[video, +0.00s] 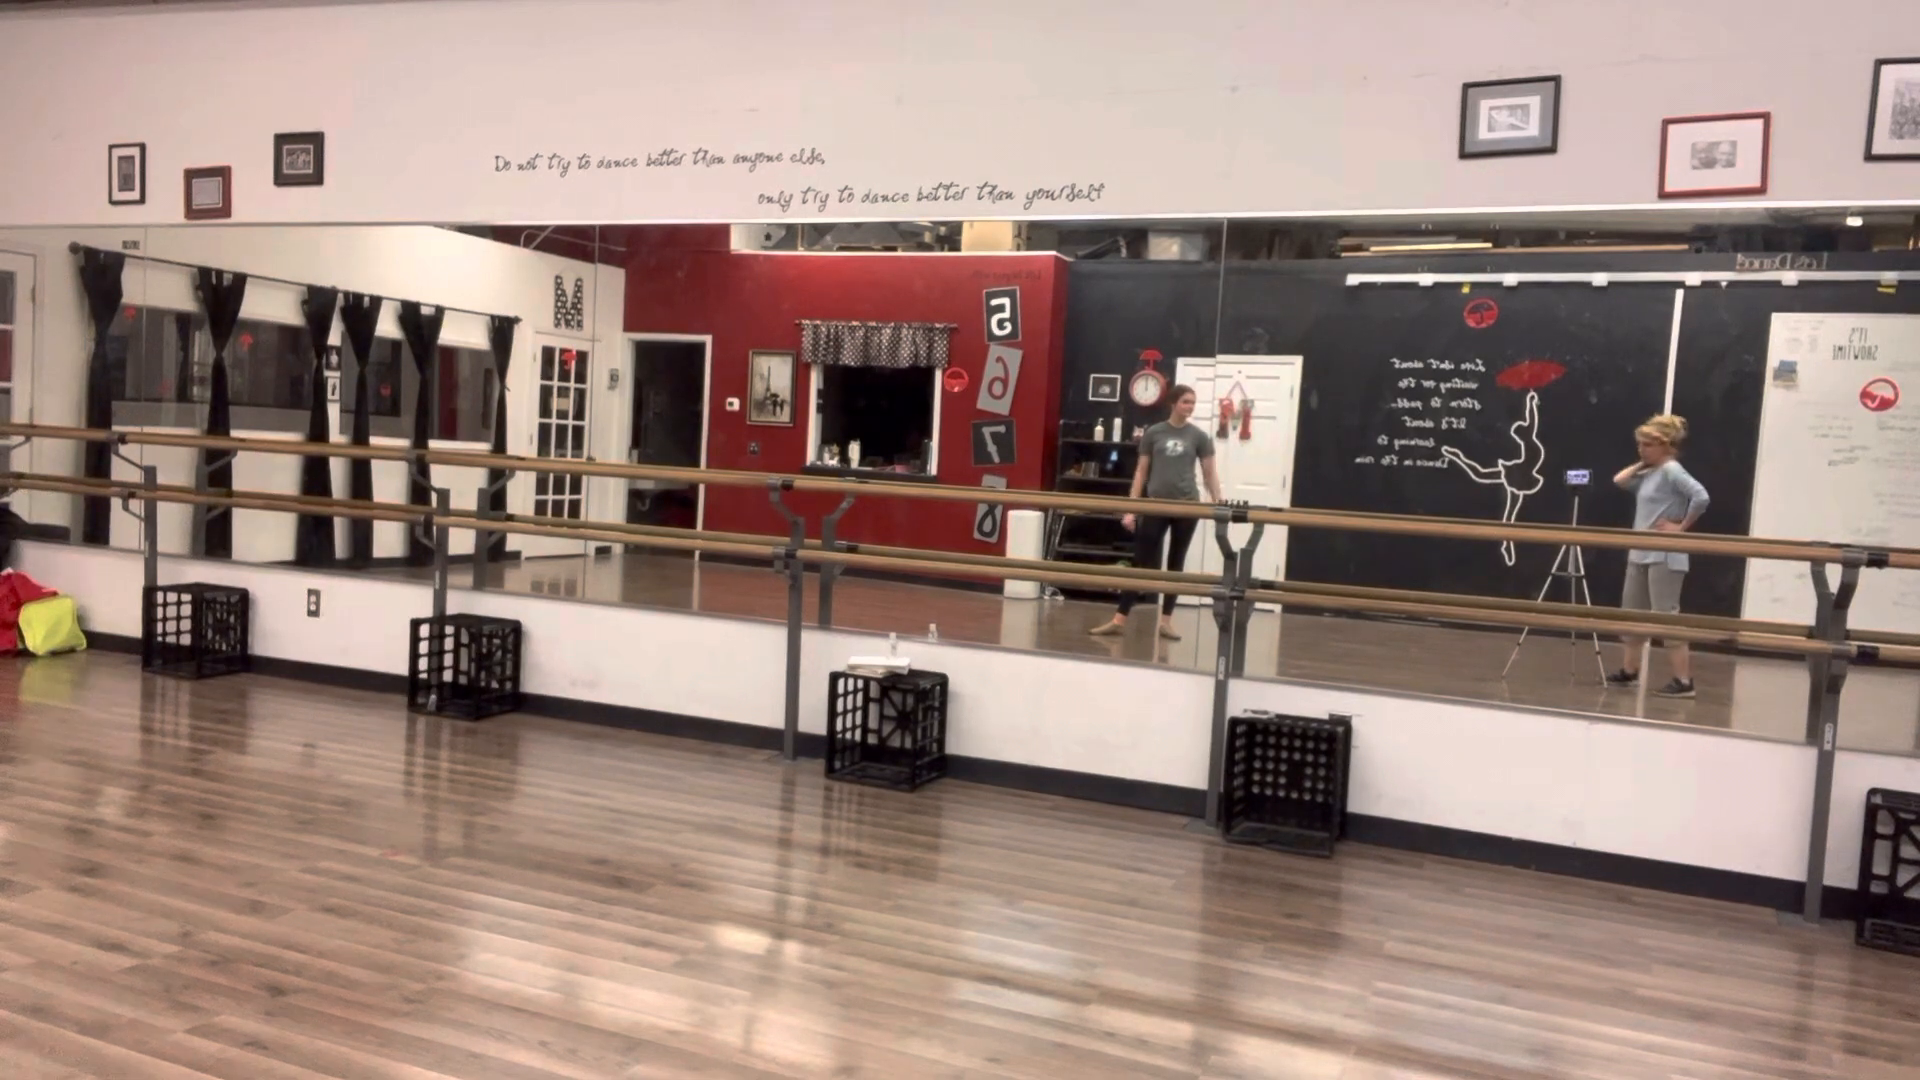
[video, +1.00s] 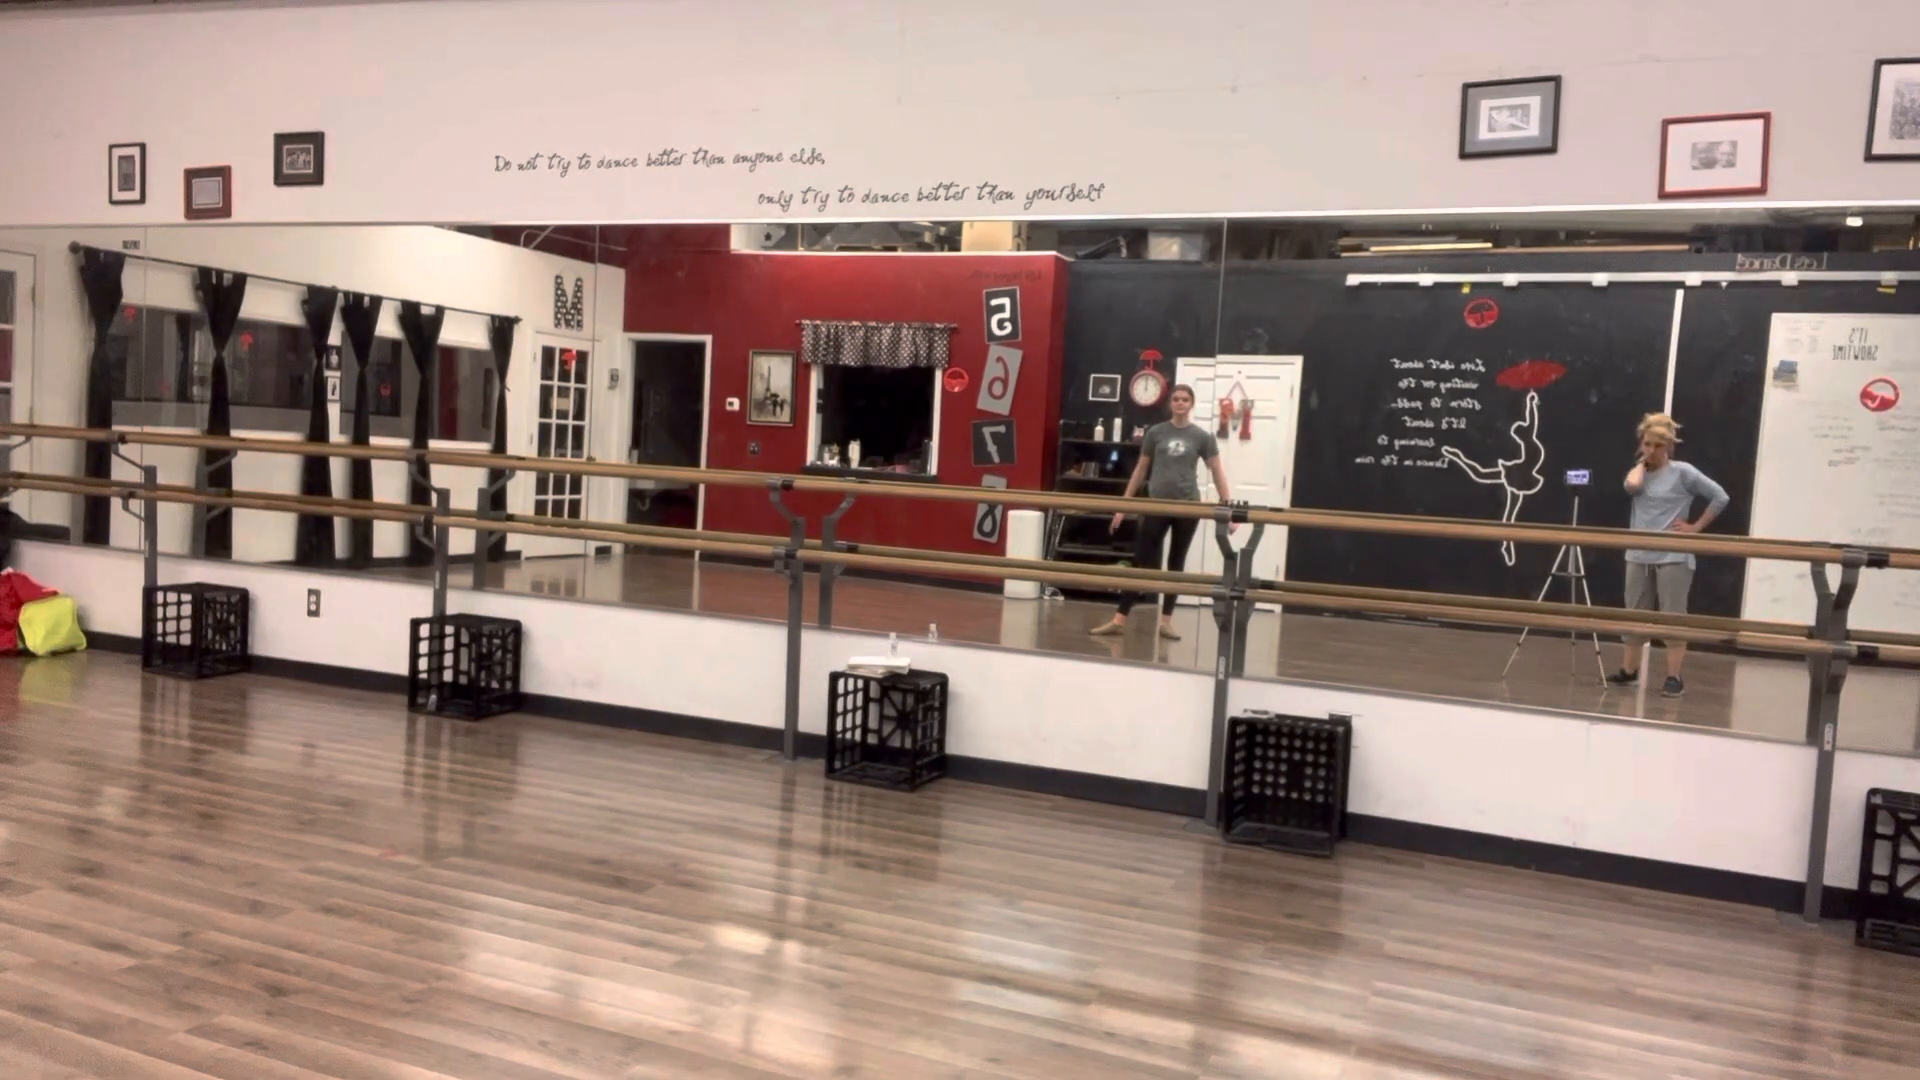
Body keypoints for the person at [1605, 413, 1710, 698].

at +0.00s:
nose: (1642, 450)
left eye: (1648, 445)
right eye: (1640, 444)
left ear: (1666, 446)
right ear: (1642, 447)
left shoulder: (1672, 470)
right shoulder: (1648, 473)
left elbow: (1700, 497)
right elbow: (1619, 480)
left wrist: (1681, 527)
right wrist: (1642, 463)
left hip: (1665, 556)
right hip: (1639, 553)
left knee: (1667, 617)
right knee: (1631, 613)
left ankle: (1682, 679)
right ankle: (1629, 670)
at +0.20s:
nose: (1633, 450)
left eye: (1639, 444)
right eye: (1630, 444)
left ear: (1655, 446)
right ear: (1629, 445)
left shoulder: (1665, 470)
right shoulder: (1631, 471)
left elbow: (1699, 495)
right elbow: (1612, 479)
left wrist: (1677, 526)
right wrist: (1627, 464)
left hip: (1657, 554)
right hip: (1626, 552)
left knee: (1660, 614)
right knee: (1624, 613)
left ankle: (1675, 676)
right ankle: (1628, 670)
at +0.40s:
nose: (1631, 451)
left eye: (1637, 445)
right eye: (1628, 444)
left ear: (1651, 446)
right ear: (1623, 445)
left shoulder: (1663, 471)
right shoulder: (1623, 470)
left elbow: (1700, 496)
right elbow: (1611, 483)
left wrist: (1676, 526)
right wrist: (1625, 460)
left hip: (1655, 554)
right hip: (1622, 553)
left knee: (1660, 615)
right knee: (1624, 615)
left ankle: (1670, 675)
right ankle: (1628, 669)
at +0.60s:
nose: (1634, 451)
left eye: (1640, 445)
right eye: (1630, 444)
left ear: (1653, 447)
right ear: (1625, 445)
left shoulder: (1666, 471)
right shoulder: (1624, 470)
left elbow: (1703, 496)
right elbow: (1616, 484)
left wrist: (1679, 526)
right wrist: (1627, 461)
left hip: (1658, 555)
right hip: (1623, 554)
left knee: (1662, 616)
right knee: (1625, 616)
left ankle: (1672, 675)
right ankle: (1628, 670)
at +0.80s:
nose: (1642, 451)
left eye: (1649, 446)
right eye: (1638, 444)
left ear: (1660, 447)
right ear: (1632, 445)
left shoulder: (1674, 472)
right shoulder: (1629, 471)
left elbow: (1711, 497)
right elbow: (1623, 484)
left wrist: (1686, 526)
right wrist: (1634, 460)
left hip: (1664, 555)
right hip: (1629, 554)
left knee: (1667, 616)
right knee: (1629, 615)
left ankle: (1673, 676)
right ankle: (1628, 670)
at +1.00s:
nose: (1651, 451)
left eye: (1658, 446)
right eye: (1647, 445)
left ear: (1669, 447)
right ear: (1641, 446)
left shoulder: (1682, 472)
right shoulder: (1637, 472)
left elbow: (1721, 497)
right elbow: (1631, 486)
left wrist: (1695, 527)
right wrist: (1644, 459)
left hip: (1673, 556)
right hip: (1638, 554)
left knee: (1673, 617)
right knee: (1634, 613)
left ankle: (1673, 675)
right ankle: (1629, 670)